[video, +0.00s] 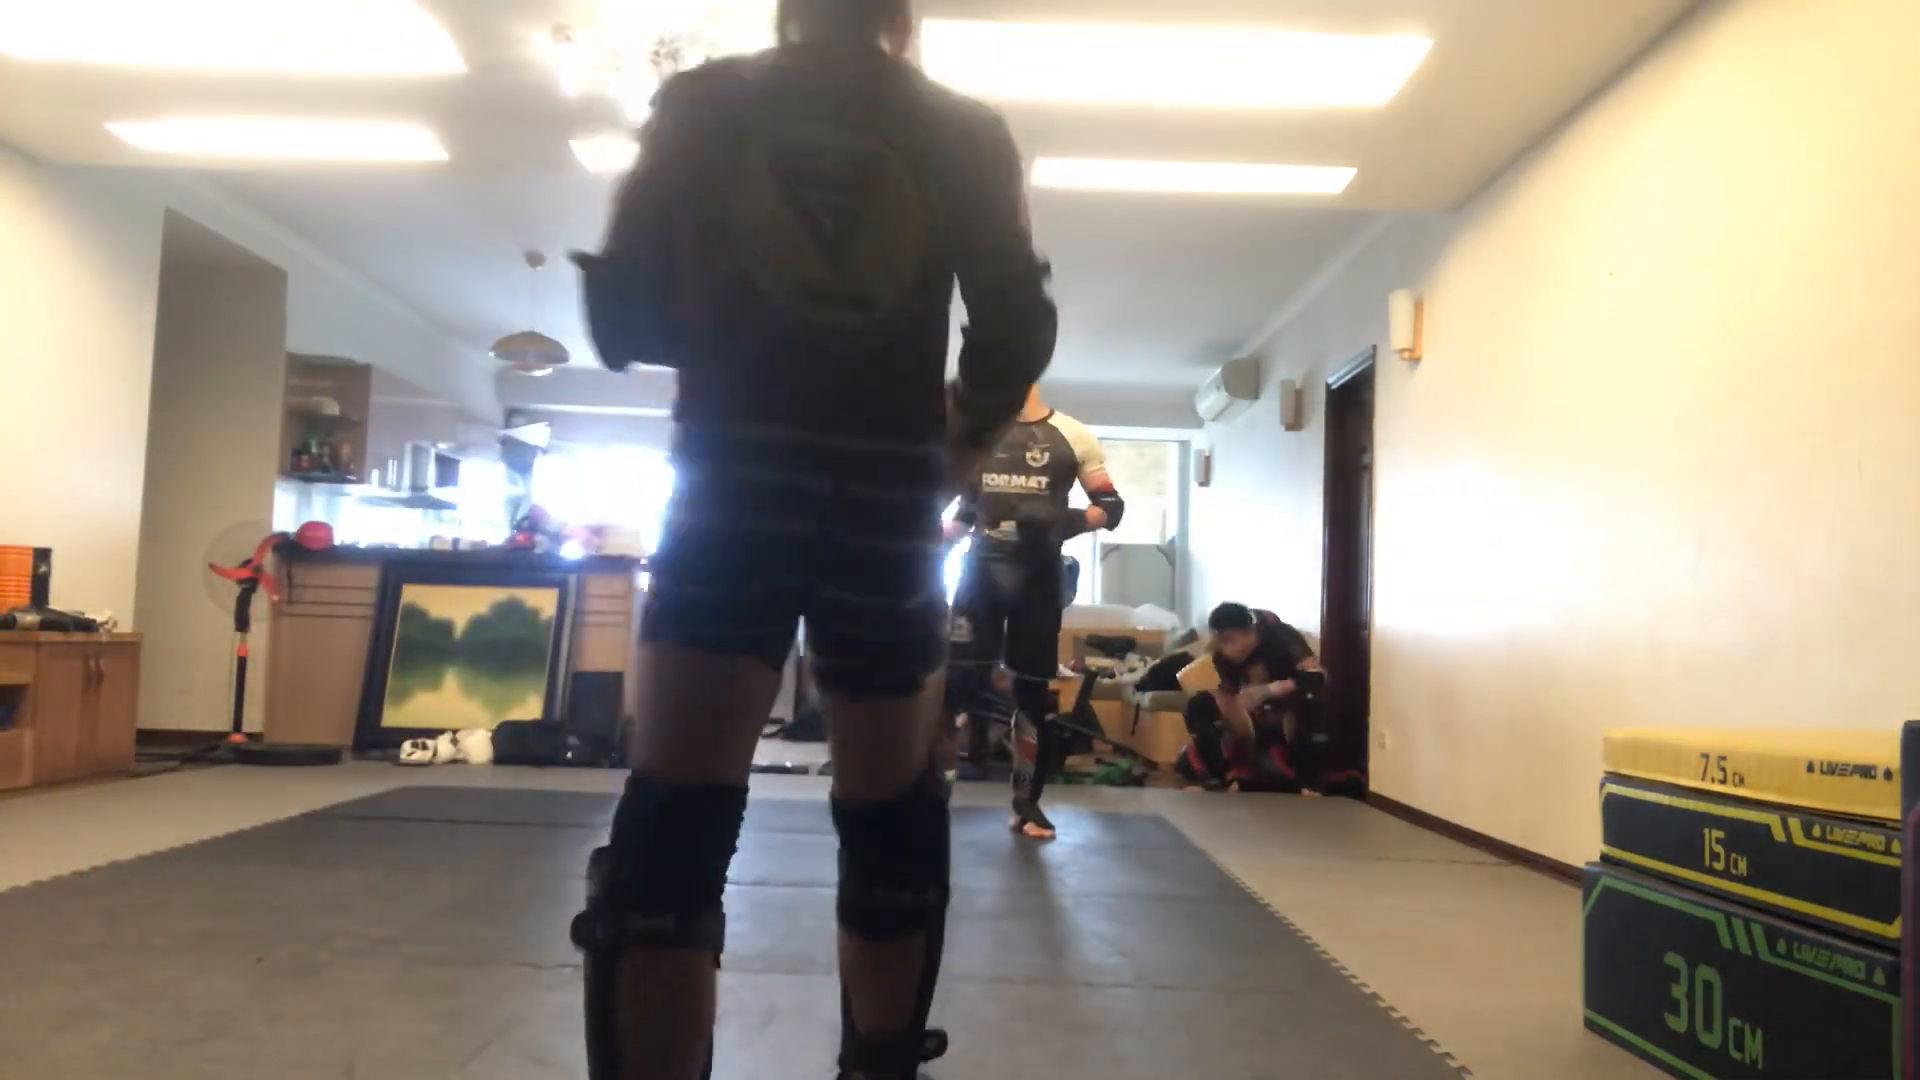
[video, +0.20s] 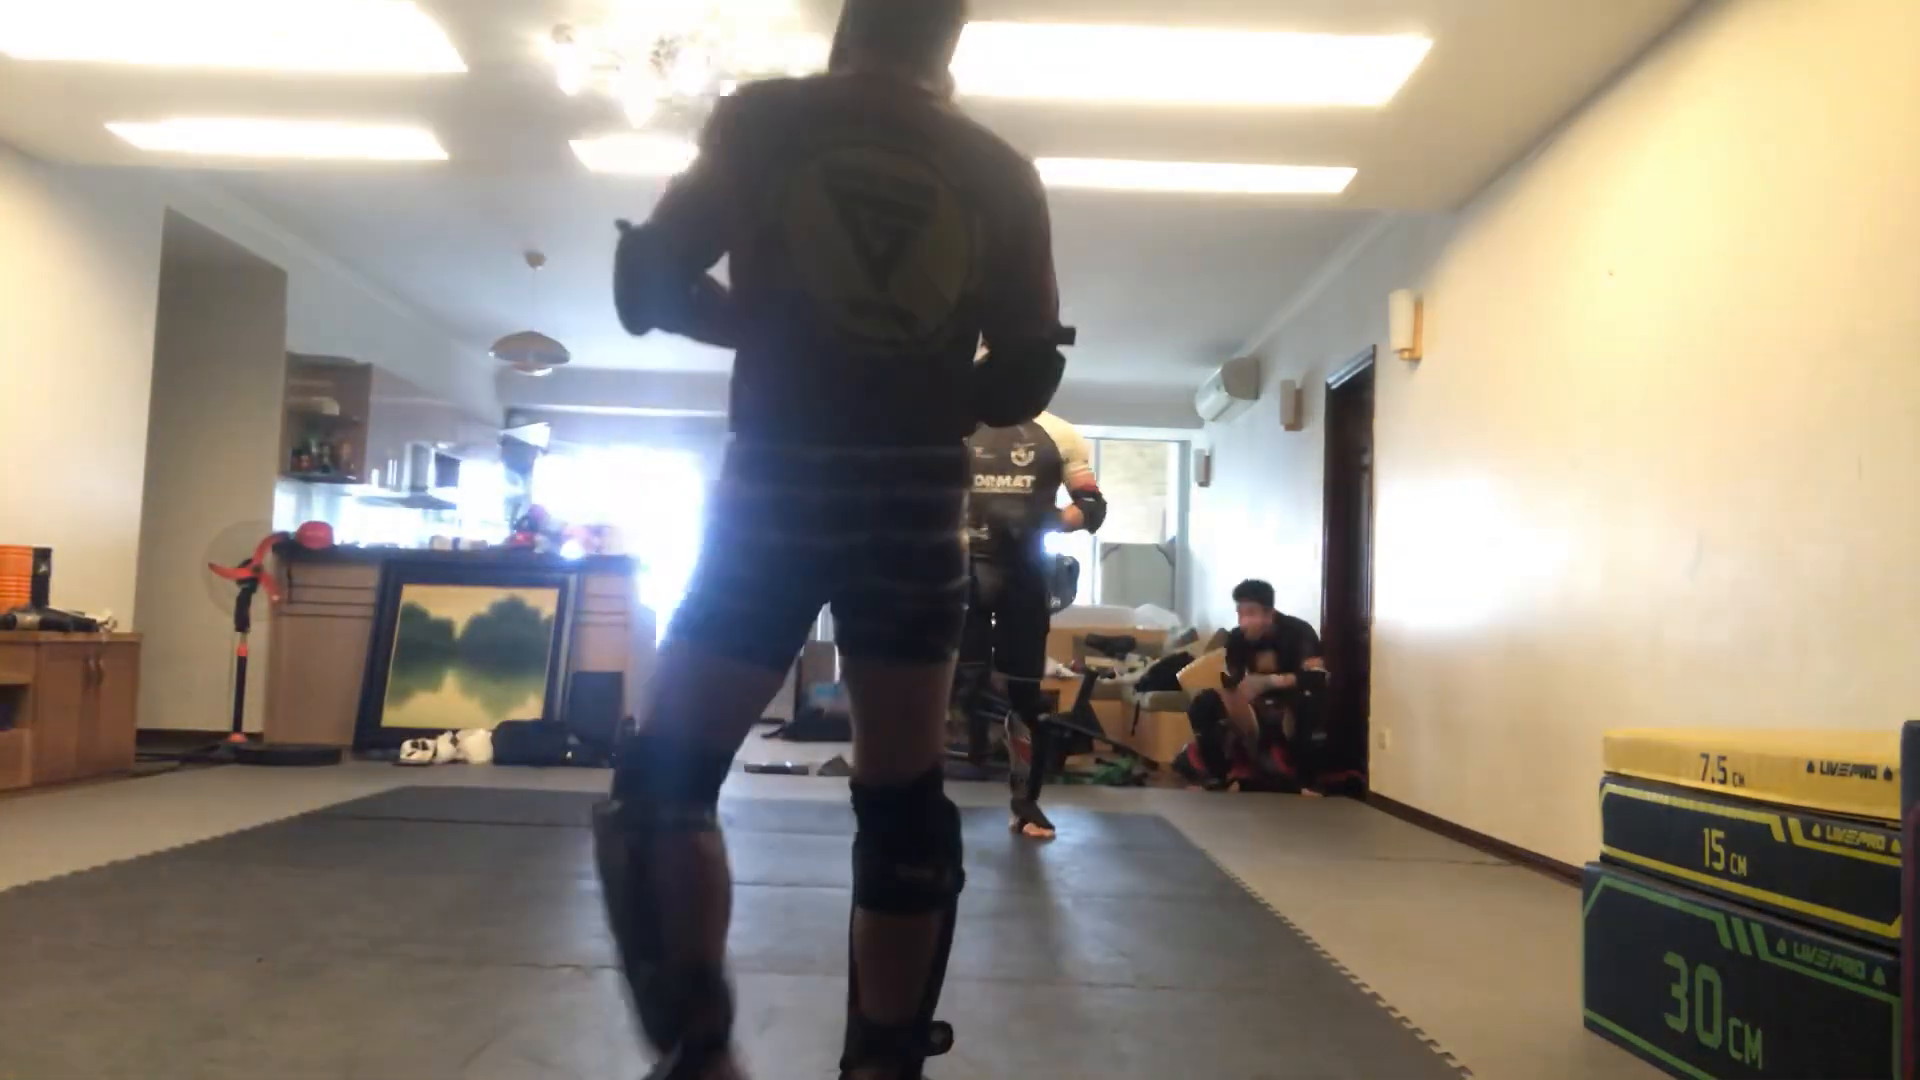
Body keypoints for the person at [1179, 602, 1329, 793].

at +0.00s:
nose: (1225, 649)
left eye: (1231, 641)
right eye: (1221, 642)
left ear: (1250, 634)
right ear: (1217, 640)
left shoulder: (1281, 636)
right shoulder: (1223, 658)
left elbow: (1314, 675)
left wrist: (1267, 692)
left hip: (1287, 704)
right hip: (1249, 710)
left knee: (1311, 704)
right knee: (1199, 704)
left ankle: (1308, 782)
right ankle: (1219, 777)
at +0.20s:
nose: (1243, 622)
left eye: (1251, 614)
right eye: (1240, 613)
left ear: (1270, 613)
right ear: (1237, 612)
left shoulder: (1299, 631)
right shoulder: (1236, 638)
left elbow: (1316, 677)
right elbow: (1232, 684)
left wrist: (1267, 682)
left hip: (1292, 698)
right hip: (1255, 701)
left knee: (1311, 702)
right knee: (1203, 703)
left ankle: (1306, 780)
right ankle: (1217, 775)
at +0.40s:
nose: (1255, 607)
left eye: (1263, 600)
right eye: (1253, 600)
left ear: (1283, 603)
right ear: (1250, 601)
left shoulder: (1305, 632)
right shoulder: (1243, 632)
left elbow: (1314, 679)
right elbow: (1225, 675)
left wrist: (1264, 680)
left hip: (1290, 702)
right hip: (1249, 703)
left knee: (1310, 706)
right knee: (1200, 705)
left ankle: (1307, 782)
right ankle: (1220, 777)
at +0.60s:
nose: (1261, 598)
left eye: (1270, 592)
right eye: (1260, 591)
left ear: (1289, 598)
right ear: (1257, 594)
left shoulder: (1308, 630)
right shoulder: (1252, 628)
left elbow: (1317, 677)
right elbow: (1221, 663)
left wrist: (1264, 674)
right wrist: (1208, 683)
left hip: (1291, 715)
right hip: (1249, 713)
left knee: (1311, 698)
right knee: (1195, 702)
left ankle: (1303, 782)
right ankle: (1218, 779)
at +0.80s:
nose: (1264, 597)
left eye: (1273, 590)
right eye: (1263, 590)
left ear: (1292, 597)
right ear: (1260, 593)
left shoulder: (1311, 631)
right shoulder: (1253, 627)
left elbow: (1320, 673)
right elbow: (1225, 657)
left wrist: (1282, 653)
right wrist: (1200, 667)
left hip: (1292, 713)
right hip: (1248, 711)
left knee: (1309, 701)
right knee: (1197, 699)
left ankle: (1301, 782)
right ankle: (1217, 779)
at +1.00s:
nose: (1263, 596)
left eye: (1272, 590)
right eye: (1262, 589)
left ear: (1290, 598)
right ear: (1260, 593)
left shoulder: (1312, 629)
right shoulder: (1253, 629)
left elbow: (1320, 665)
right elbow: (1221, 661)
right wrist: (1217, 665)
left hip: (1294, 714)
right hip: (1252, 714)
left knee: (1308, 700)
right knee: (1200, 696)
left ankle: (1300, 782)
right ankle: (1204, 776)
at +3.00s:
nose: (1250, 608)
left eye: (1259, 601)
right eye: (1250, 601)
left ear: (1279, 607)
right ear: (1247, 602)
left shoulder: (1304, 632)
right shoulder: (1241, 634)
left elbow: (1317, 668)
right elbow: (1215, 671)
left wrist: (1276, 658)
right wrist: (1226, 690)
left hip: (1287, 720)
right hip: (1245, 720)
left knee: (1311, 697)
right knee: (1198, 698)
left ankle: (1303, 781)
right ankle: (1207, 776)